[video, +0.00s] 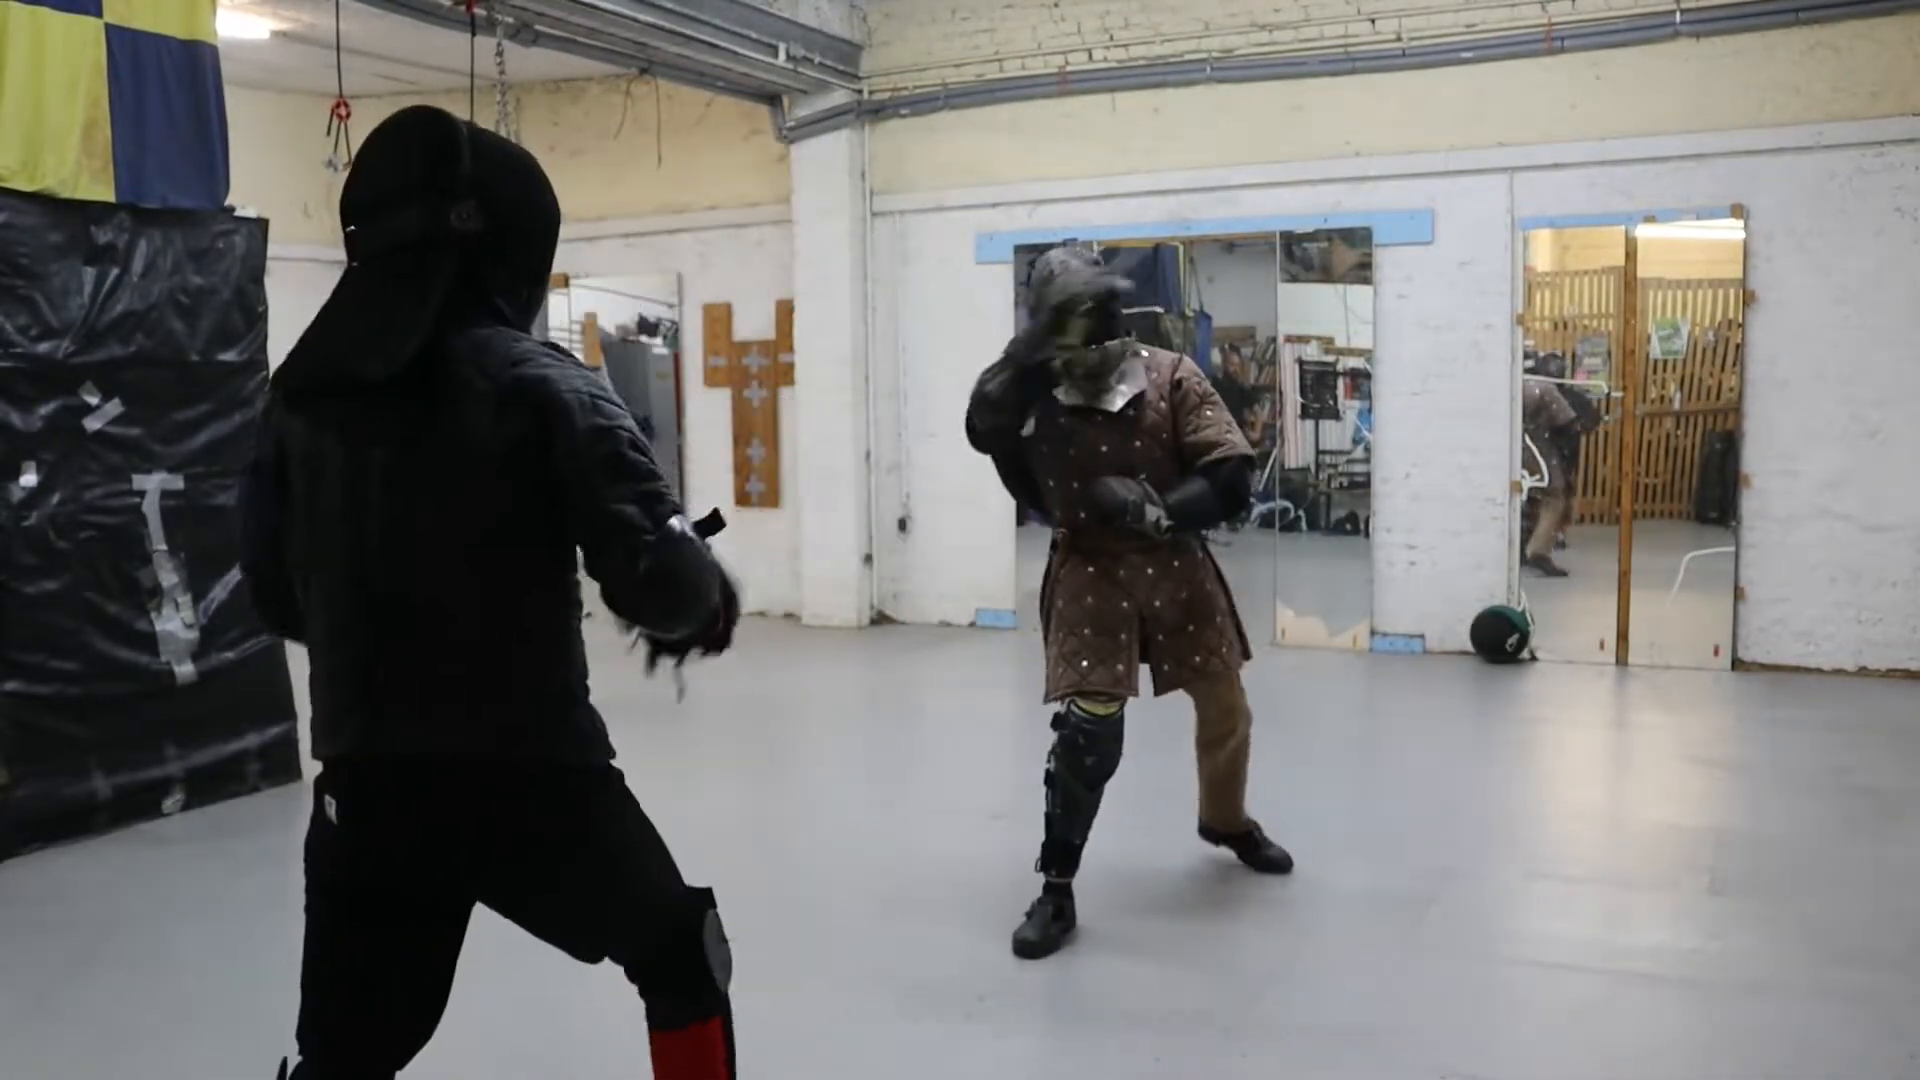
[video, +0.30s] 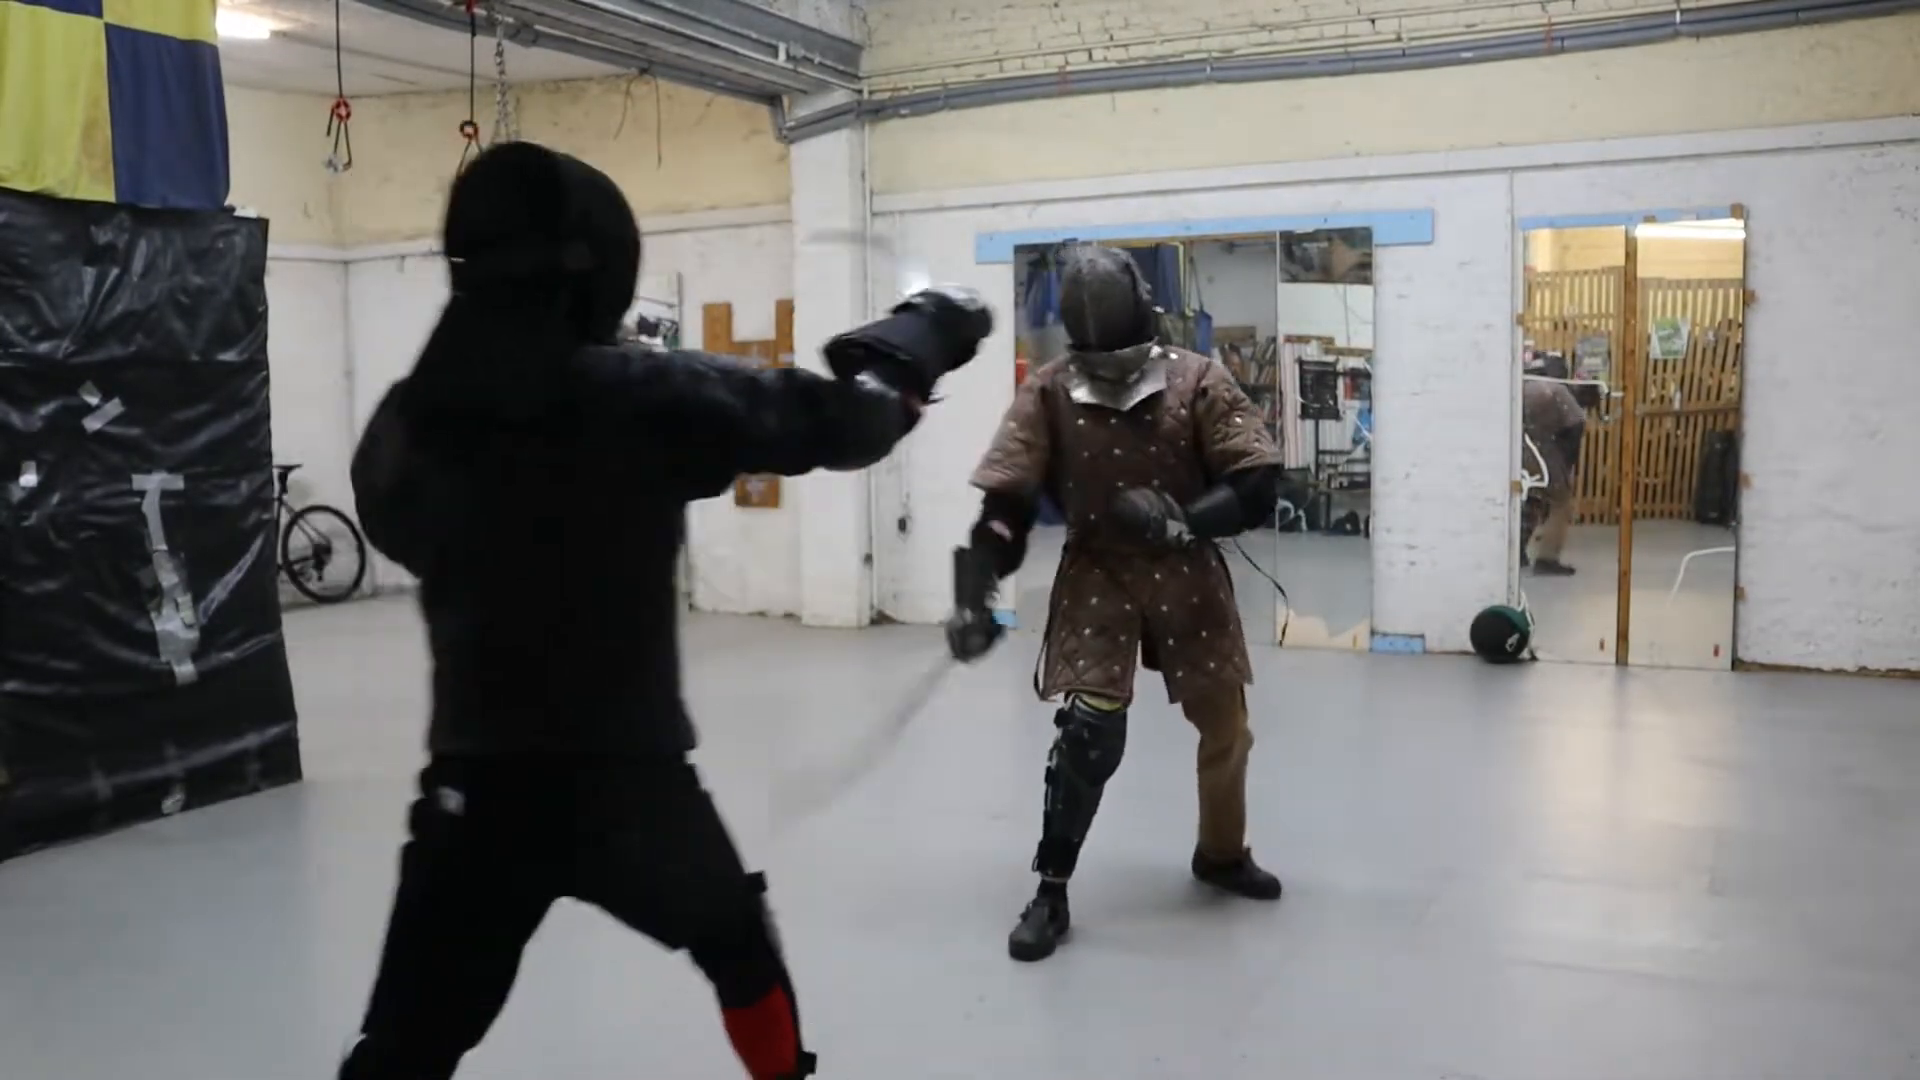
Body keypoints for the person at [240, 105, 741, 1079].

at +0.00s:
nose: (546, 269)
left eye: (543, 245)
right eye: (540, 247)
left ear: (371, 247)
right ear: (510, 251)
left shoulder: (301, 395)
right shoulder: (545, 389)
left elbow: (276, 591)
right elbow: (658, 584)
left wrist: (389, 621)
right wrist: (706, 598)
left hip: (373, 794)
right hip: (537, 787)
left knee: (337, 1057)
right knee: (679, 954)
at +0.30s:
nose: (629, 272)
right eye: (616, 251)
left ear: (468, 269)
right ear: (599, 266)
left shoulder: (407, 425)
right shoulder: (646, 396)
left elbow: (411, 535)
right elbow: (835, 421)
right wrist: (906, 363)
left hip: (476, 797)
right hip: (631, 794)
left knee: (399, 1048)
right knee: (738, 948)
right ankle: (782, 1069)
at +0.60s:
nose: (714, 267)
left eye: (709, 244)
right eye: (705, 245)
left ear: (563, 251)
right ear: (679, 254)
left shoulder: (478, 396)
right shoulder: (721, 394)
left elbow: (439, 580)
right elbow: (829, 573)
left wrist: (556, 589)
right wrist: (887, 527)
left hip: (535, 751)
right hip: (687, 748)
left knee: (480, 994)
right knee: (768, 922)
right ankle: (796, 1070)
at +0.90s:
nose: (746, 272)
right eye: (738, 254)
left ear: (607, 264)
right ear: (730, 268)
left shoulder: (538, 399)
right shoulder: (765, 415)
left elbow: (389, 507)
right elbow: (860, 591)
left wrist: (522, 483)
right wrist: (892, 521)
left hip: (588, 756)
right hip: (729, 752)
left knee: (534, 996)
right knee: (785, 911)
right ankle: (795, 1071)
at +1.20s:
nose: (786, 256)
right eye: (780, 237)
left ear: (658, 238)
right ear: (770, 242)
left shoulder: (593, 361)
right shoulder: (813, 372)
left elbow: (454, 505)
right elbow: (897, 531)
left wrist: (493, 601)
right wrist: (954, 640)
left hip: (653, 698)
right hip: (785, 696)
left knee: (641, 938)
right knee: (808, 876)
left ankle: (682, 1071)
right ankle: (805, 1067)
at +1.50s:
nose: (831, 278)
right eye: (828, 261)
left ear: (716, 260)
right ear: (820, 267)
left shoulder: (659, 365)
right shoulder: (858, 396)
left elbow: (495, 425)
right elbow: (938, 542)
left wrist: (560, 597)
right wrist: (1019, 601)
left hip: (701, 701)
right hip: (819, 700)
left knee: (678, 933)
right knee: (865, 861)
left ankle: (696, 1074)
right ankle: (905, 1032)